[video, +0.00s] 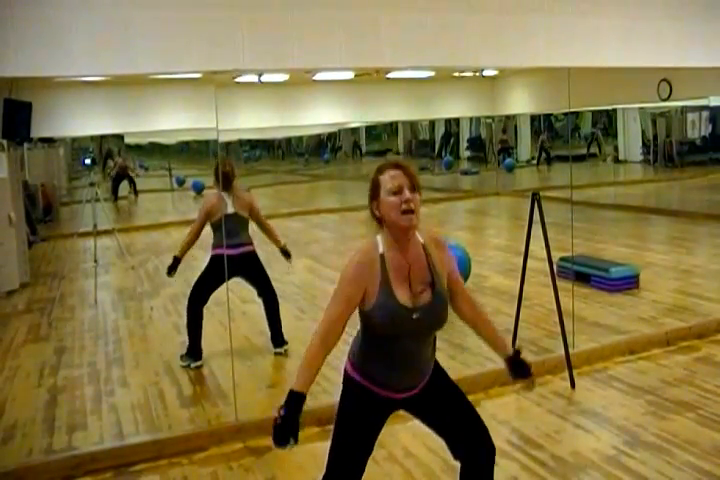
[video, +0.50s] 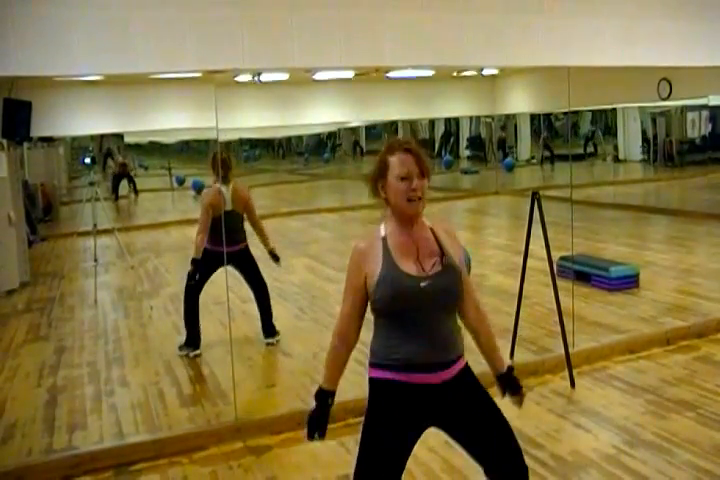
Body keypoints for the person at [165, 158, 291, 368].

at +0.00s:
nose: (219, 181)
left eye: (217, 177)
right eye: (228, 176)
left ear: (215, 178)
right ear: (234, 177)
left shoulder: (211, 200)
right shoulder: (246, 198)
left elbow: (195, 232)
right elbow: (263, 223)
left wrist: (178, 257)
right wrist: (281, 245)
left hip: (221, 262)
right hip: (248, 261)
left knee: (196, 301)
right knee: (269, 295)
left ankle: (194, 354)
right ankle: (279, 342)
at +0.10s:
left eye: (215, 163)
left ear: (214, 165)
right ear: (233, 164)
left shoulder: (211, 188)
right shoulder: (245, 187)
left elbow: (194, 220)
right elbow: (263, 214)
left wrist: (179, 245)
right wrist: (279, 231)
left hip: (220, 253)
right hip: (246, 251)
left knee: (198, 297)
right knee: (265, 291)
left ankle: (194, 352)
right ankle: (278, 339)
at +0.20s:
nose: (219, 156)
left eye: (215, 152)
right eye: (226, 151)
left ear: (214, 154)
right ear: (233, 152)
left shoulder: (211, 179)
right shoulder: (244, 176)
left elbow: (198, 213)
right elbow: (262, 204)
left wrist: (184, 238)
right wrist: (276, 223)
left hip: (216, 241)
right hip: (242, 240)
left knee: (200, 287)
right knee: (261, 281)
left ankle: (195, 339)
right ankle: (274, 330)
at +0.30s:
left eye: (214, 153)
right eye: (231, 152)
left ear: (214, 154)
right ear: (233, 153)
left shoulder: (210, 181)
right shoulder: (244, 177)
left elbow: (200, 216)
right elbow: (260, 206)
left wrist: (189, 243)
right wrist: (275, 226)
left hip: (214, 240)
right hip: (240, 240)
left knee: (197, 286)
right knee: (258, 281)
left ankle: (194, 338)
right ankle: (271, 329)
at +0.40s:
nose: (222, 168)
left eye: (217, 165)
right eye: (226, 164)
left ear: (214, 167)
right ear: (232, 166)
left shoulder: (210, 193)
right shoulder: (243, 189)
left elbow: (201, 227)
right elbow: (259, 217)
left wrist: (192, 256)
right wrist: (275, 239)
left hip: (213, 252)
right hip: (240, 251)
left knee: (195, 296)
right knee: (256, 290)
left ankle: (193, 344)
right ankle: (269, 333)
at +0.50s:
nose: (215, 172)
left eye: (213, 168)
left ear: (213, 170)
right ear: (231, 169)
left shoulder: (209, 195)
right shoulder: (241, 192)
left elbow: (203, 231)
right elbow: (255, 223)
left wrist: (195, 258)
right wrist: (269, 248)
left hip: (213, 254)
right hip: (240, 253)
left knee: (191, 292)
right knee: (259, 287)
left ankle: (192, 343)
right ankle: (269, 331)